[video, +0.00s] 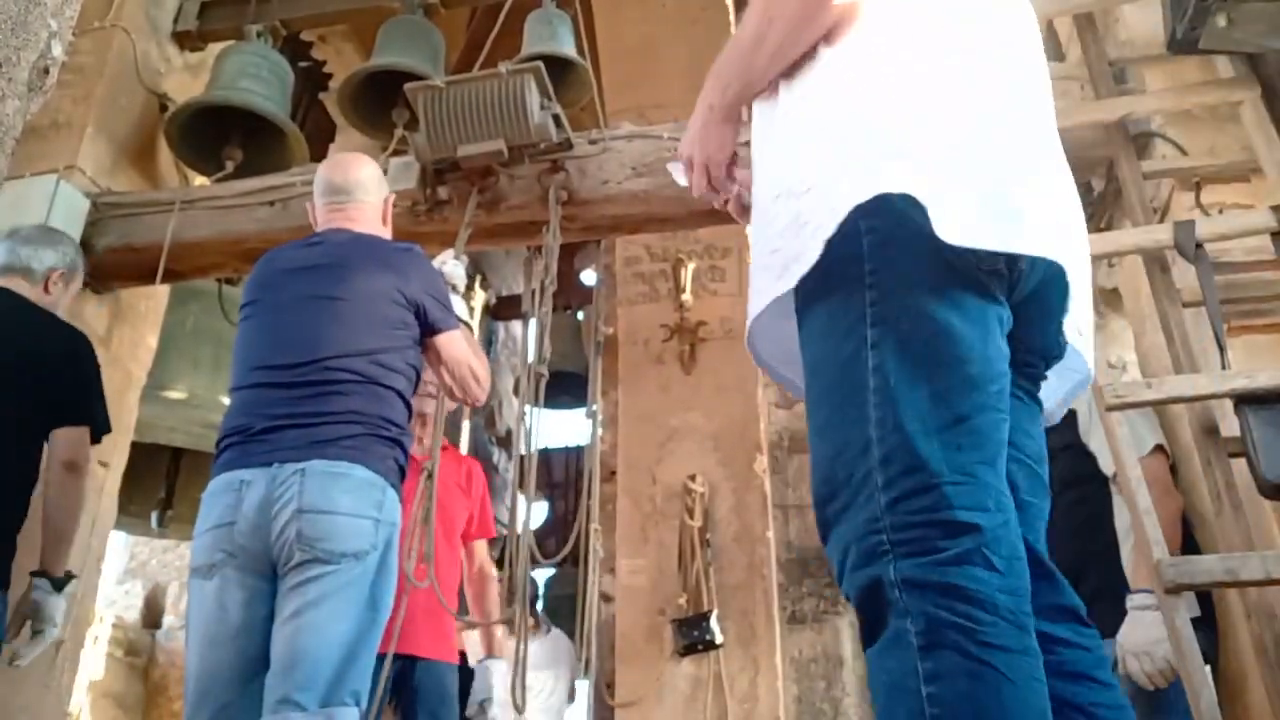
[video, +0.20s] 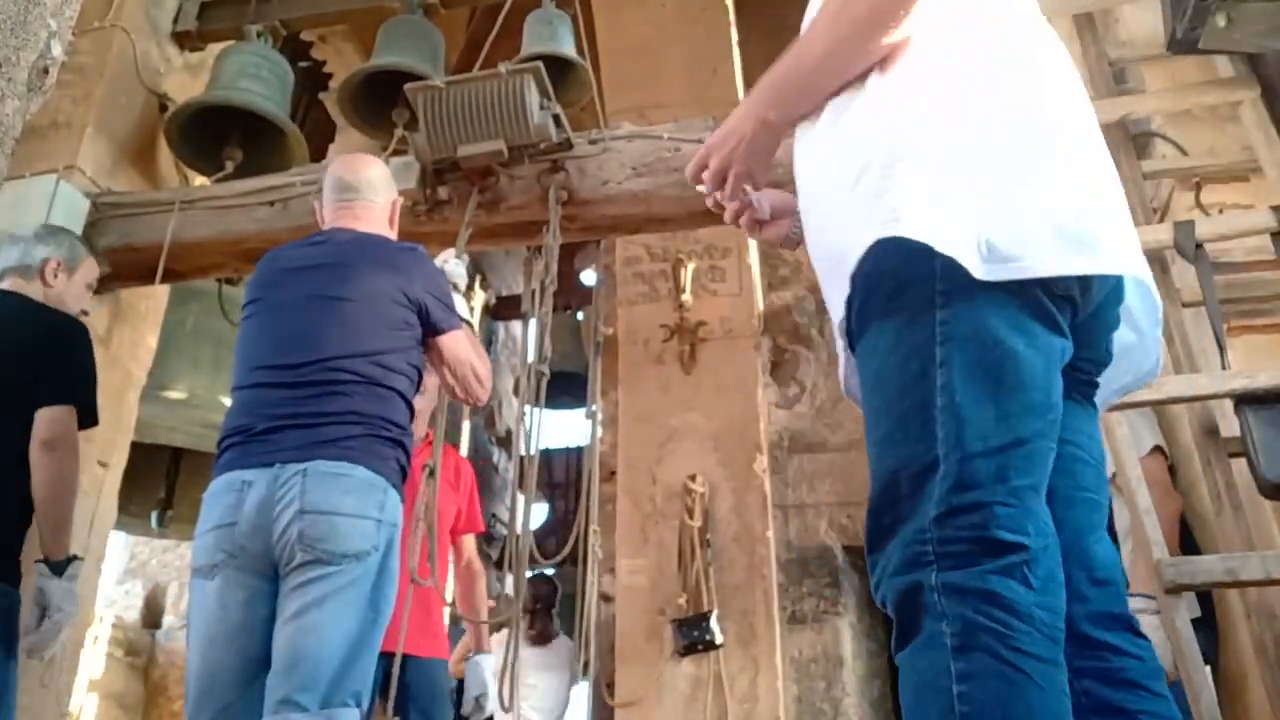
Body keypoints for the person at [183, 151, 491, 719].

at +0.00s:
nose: (394, 215)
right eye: (394, 207)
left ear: (314, 215)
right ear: (388, 209)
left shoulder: (265, 269)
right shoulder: (407, 265)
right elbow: (473, 386)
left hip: (231, 489)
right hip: (345, 485)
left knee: (214, 709)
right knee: (309, 707)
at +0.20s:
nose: (400, 217)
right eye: (401, 210)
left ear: (319, 214)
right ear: (395, 212)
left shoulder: (267, 268)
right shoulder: (411, 266)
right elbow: (476, 387)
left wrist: (429, 349)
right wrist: (424, 328)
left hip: (232, 488)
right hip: (347, 485)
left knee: (216, 709)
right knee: (310, 707)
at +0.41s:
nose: (413, 223)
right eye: (413, 217)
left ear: (332, 209)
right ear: (407, 219)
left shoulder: (276, 265)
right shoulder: (417, 264)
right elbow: (480, 386)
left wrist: (430, 369)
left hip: (233, 489)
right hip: (347, 488)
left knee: (217, 709)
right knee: (310, 707)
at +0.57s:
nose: (423, 232)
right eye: (424, 223)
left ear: (347, 207)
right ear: (420, 221)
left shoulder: (281, 265)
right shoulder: (421, 265)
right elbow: (489, 385)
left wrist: (432, 369)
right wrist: (438, 328)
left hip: (235, 489)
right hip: (348, 488)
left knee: (217, 709)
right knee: (309, 706)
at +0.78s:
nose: (412, 219)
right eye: (412, 214)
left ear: (331, 214)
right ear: (406, 217)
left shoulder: (276, 267)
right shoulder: (426, 270)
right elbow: (483, 397)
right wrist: (453, 343)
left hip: (242, 486)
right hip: (358, 487)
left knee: (218, 706)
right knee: (317, 707)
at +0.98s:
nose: (410, 217)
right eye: (410, 211)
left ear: (329, 214)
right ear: (404, 215)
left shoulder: (275, 269)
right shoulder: (424, 269)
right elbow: (475, 399)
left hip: (241, 486)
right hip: (356, 486)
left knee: (218, 707)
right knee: (314, 707)